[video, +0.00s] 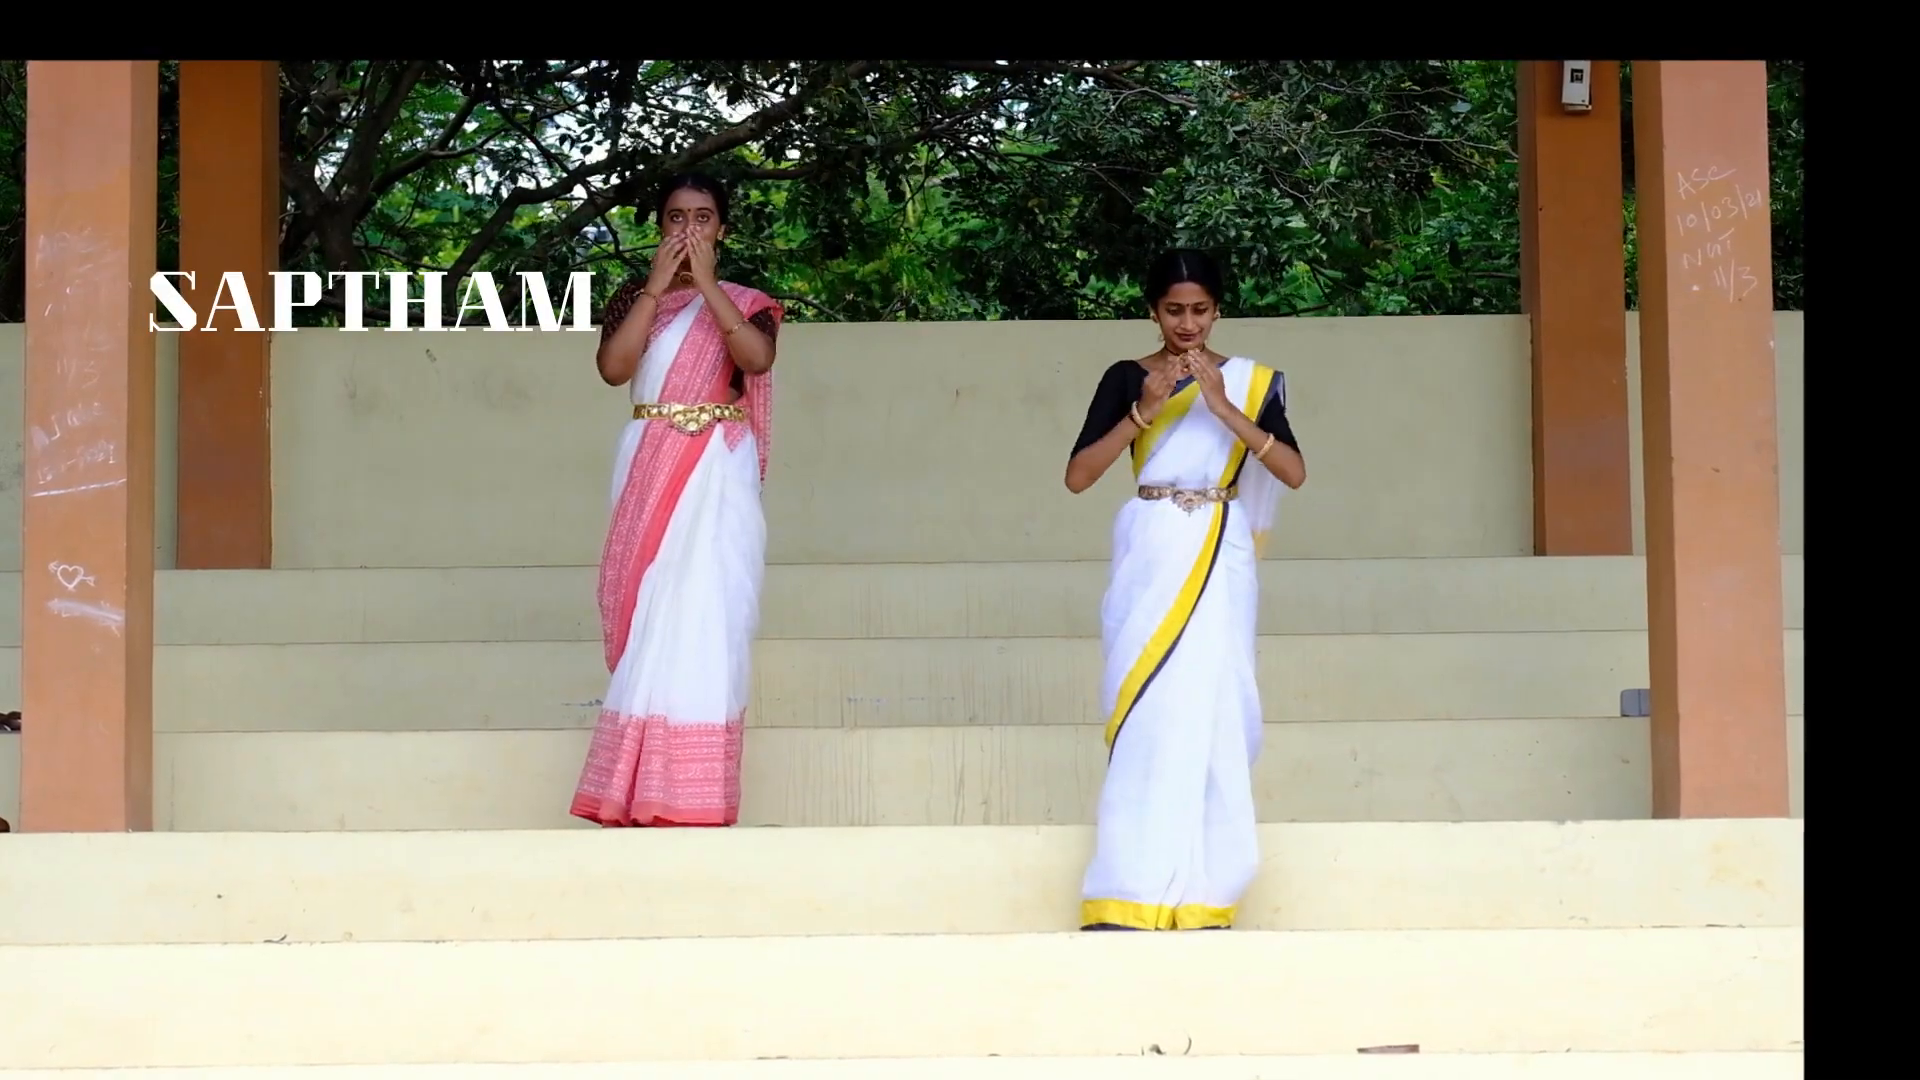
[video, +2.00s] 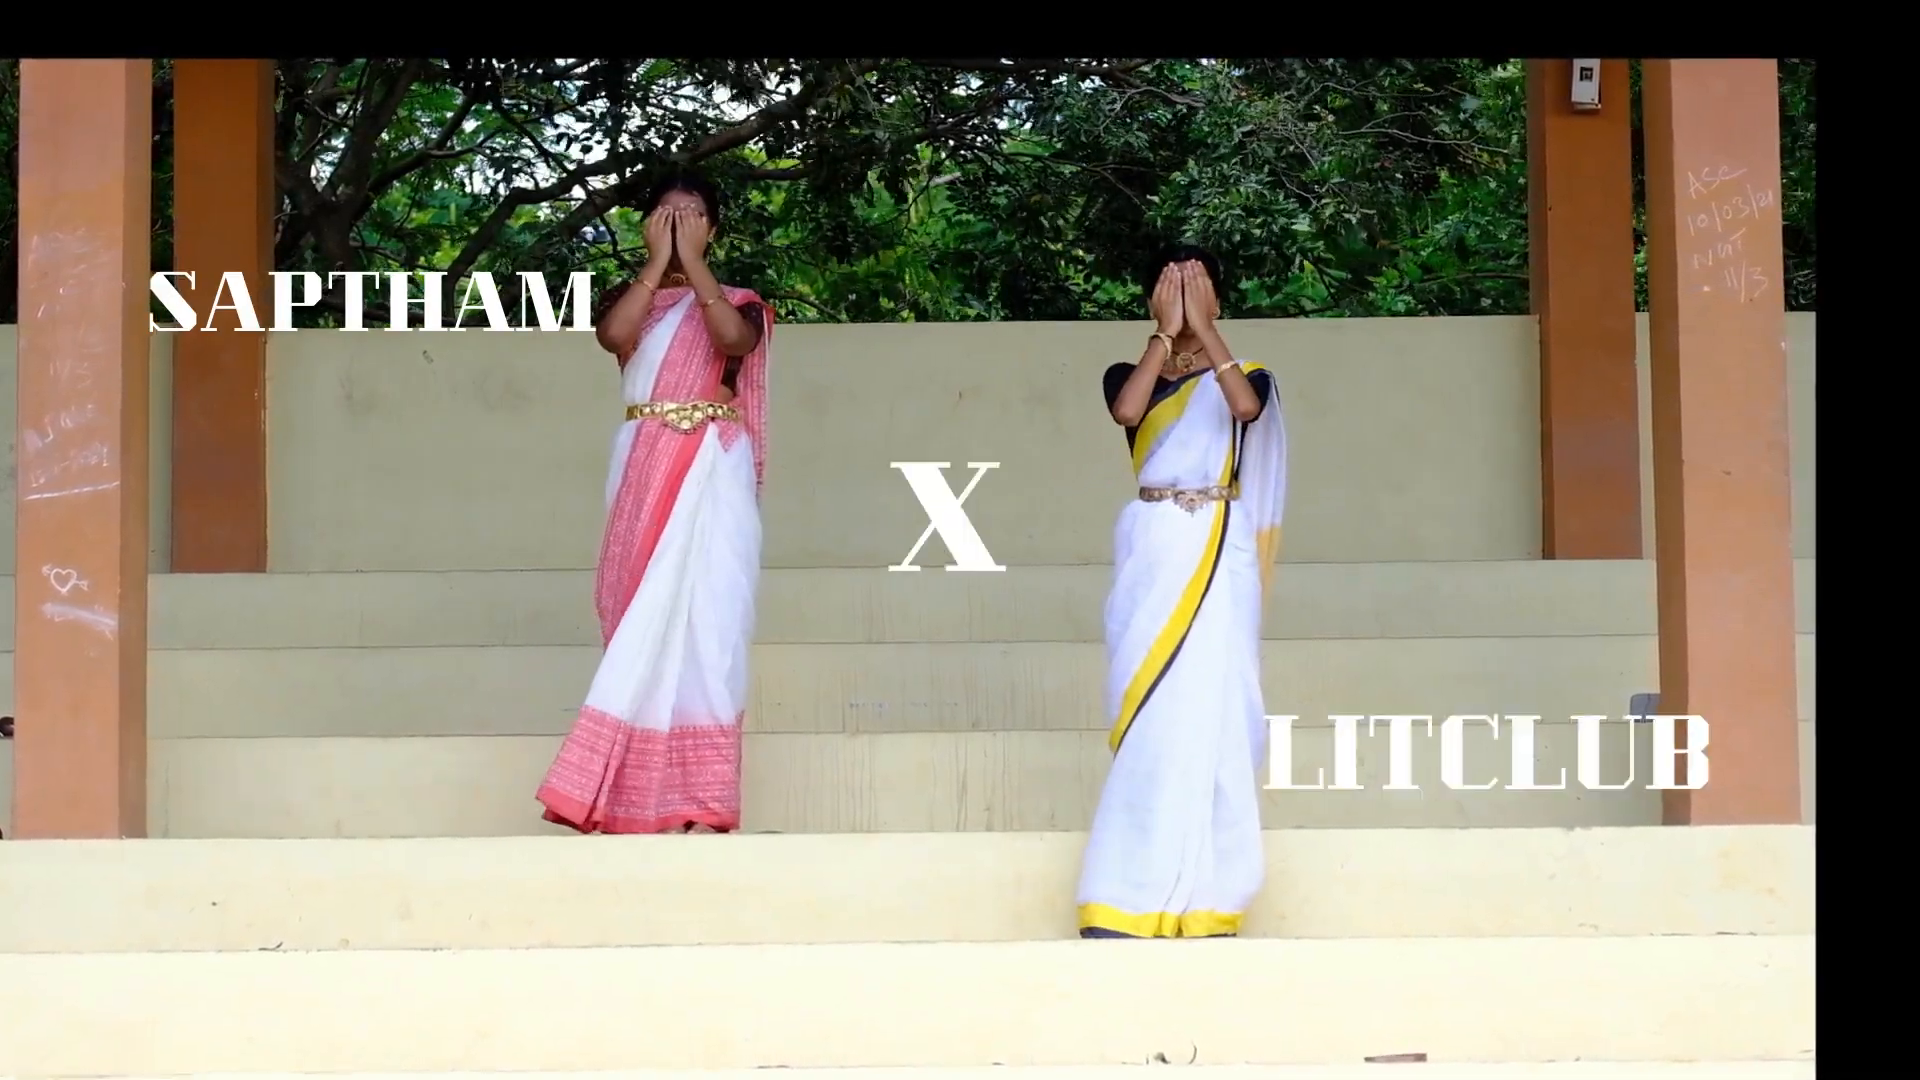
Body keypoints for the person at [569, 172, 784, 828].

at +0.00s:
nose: (688, 228)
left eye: (701, 217)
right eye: (677, 216)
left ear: (722, 226)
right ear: (659, 226)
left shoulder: (746, 302)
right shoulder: (638, 301)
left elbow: (756, 358)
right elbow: (613, 369)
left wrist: (707, 284)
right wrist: (654, 290)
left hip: (716, 474)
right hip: (649, 474)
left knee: (703, 620)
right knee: (648, 618)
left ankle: (689, 793)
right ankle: (636, 788)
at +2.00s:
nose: (677, 224)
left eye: (690, 213)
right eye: (666, 213)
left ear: (713, 228)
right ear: (648, 227)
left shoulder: (741, 304)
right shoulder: (629, 301)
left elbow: (734, 339)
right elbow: (618, 336)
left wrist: (696, 261)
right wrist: (655, 261)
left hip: (713, 478)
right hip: (643, 477)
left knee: (705, 628)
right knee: (639, 625)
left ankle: (703, 802)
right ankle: (631, 799)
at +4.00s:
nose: (682, 228)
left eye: (694, 216)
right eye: (673, 218)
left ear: (721, 227)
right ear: (660, 231)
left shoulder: (746, 299)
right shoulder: (643, 300)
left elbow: (747, 340)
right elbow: (604, 341)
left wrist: (707, 265)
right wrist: (633, 260)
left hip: (715, 472)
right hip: (645, 470)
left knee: (708, 625)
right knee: (646, 623)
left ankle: (702, 805)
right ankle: (641, 801)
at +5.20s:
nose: (704, 231)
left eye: (714, 220)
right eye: (690, 219)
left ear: (727, 229)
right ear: (664, 227)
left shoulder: (747, 307)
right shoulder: (631, 304)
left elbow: (766, 377)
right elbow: (590, 385)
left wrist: (702, 337)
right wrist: (636, 337)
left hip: (727, 482)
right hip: (655, 481)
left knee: (717, 629)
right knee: (658, 628)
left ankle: (703, 809)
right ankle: (652, 804)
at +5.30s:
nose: (720, 237)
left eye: (729, 226)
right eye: (705, 224)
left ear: (736, 235)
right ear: (674, 233)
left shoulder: (755, 313)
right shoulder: (633, 315)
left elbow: (767, 395)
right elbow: (609, 399)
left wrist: (720, 414)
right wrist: (604, 427)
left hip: (733, 490)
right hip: (659, 489)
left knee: (717, 631)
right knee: (661, 631)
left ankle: (706, 812)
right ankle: (659, 806)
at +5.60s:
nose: (748, 241)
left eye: (754, 229)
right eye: (734, 228)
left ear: (758, 235)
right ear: (698, 235)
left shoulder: (768, 315)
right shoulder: (651, 310)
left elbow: (768, 386)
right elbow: (583, 383)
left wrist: (693, 391)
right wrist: (505, 434)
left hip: (747, 479)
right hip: (674, 477)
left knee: (783, 585)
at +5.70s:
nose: (753, 245)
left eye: (758, 234)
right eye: (739, 232)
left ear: (761, 242)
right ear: (700, 239)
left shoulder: (771, 319)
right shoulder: (653, 315)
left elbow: (781, 398)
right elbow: (582, 386)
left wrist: (712, 406)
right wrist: (503, 420)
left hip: (748, 472)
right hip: (674, 475)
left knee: (764, 581)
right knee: (705, 612)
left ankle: (856, 698)